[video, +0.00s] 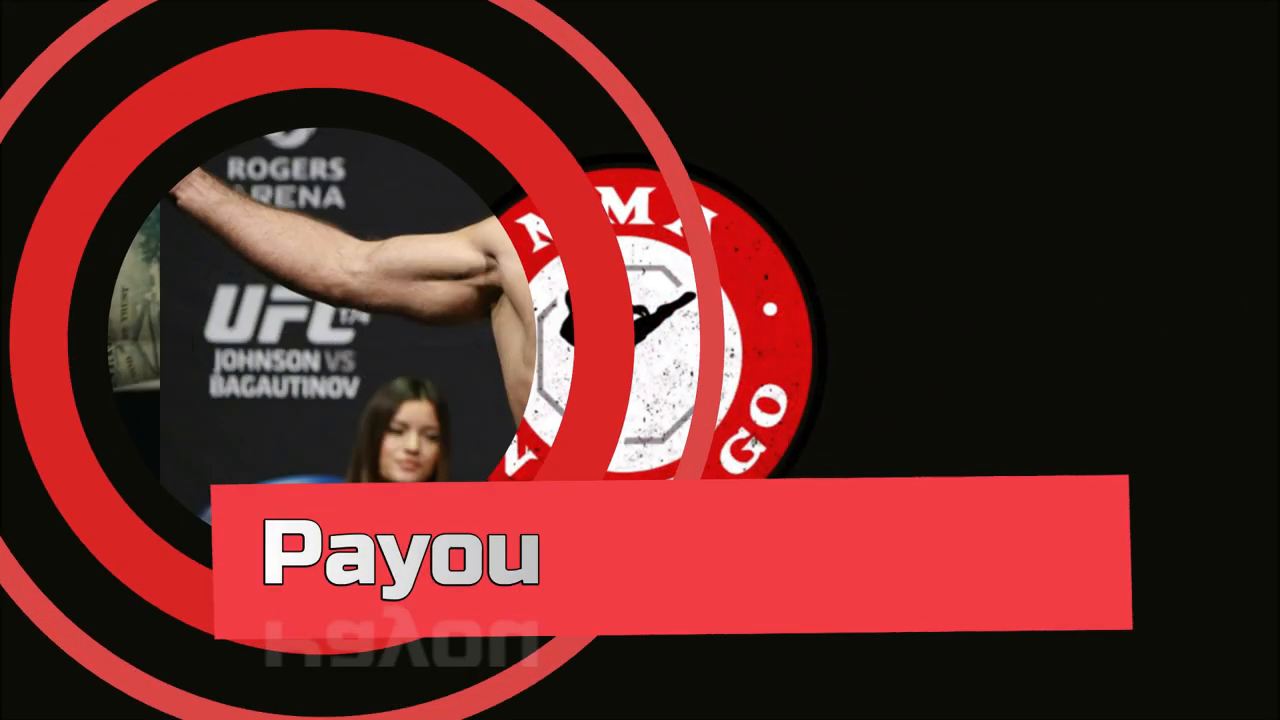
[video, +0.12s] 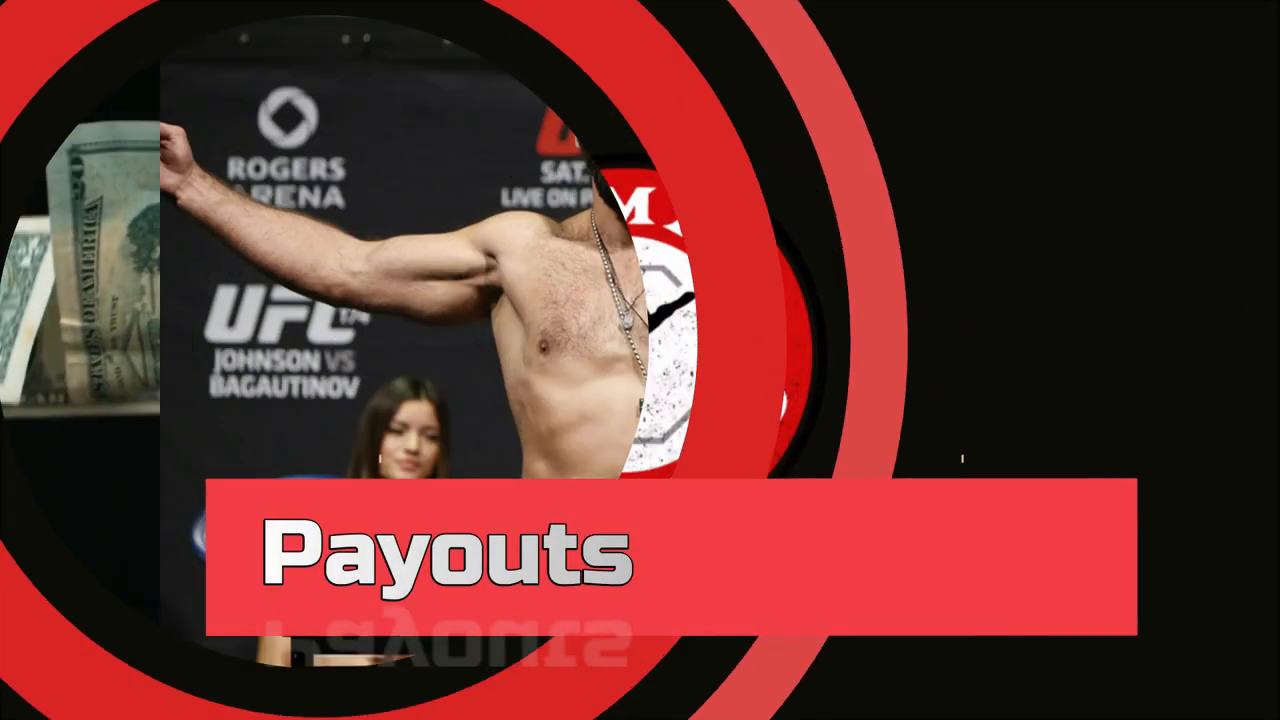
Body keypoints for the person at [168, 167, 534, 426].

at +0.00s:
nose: (413, 448)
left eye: (429, 437)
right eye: (399, 432)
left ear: (445, 443)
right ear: (377, 435)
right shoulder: (518, 239)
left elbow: (354, 268)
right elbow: (354, 268)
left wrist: (185, 182)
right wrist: (185, 180)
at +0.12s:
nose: (636, 183)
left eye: (650, 164)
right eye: (624, 164)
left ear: (673, 170)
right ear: (598, 170)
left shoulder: (698, 263)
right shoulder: (518, 245)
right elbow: (355, 266)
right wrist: (190, 185)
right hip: (568, 543)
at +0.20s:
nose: (624, 108)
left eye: (647, 91)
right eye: (603, 93)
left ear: (684, 122)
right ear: (578, 123)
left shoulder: (744, 253)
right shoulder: (514, 247)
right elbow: (349, 268)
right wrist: (191, 187)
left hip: (721, 563)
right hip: (556, 566)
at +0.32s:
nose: (620, 108)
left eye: (645, 91)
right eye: (601, 94)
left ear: (691, 126)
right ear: (575, 128)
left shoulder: (767, 254)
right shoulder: (513, 249)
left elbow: (929, 276)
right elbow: (349, 266)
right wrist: (193, 188)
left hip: (718, 583)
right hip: (554, 582)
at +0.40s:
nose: (622, 106)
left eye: (647, 89)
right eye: (603, 92)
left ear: (691, 124)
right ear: (576, 127)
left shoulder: (767, 254)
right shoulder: (511, 249)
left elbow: (946, 268)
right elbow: (347, 266)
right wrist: (194, 189)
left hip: (706, 586)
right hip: (547, 583)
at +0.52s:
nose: (624, 106)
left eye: (648, 90)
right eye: (604, 91)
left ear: (689, 124)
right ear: (573, 126)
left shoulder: (766, 253)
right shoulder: (511, 249)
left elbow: (946, 268)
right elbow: (346, 267)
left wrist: (1089, 181)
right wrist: (196, 190)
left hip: (709, 582)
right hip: (547, 580)